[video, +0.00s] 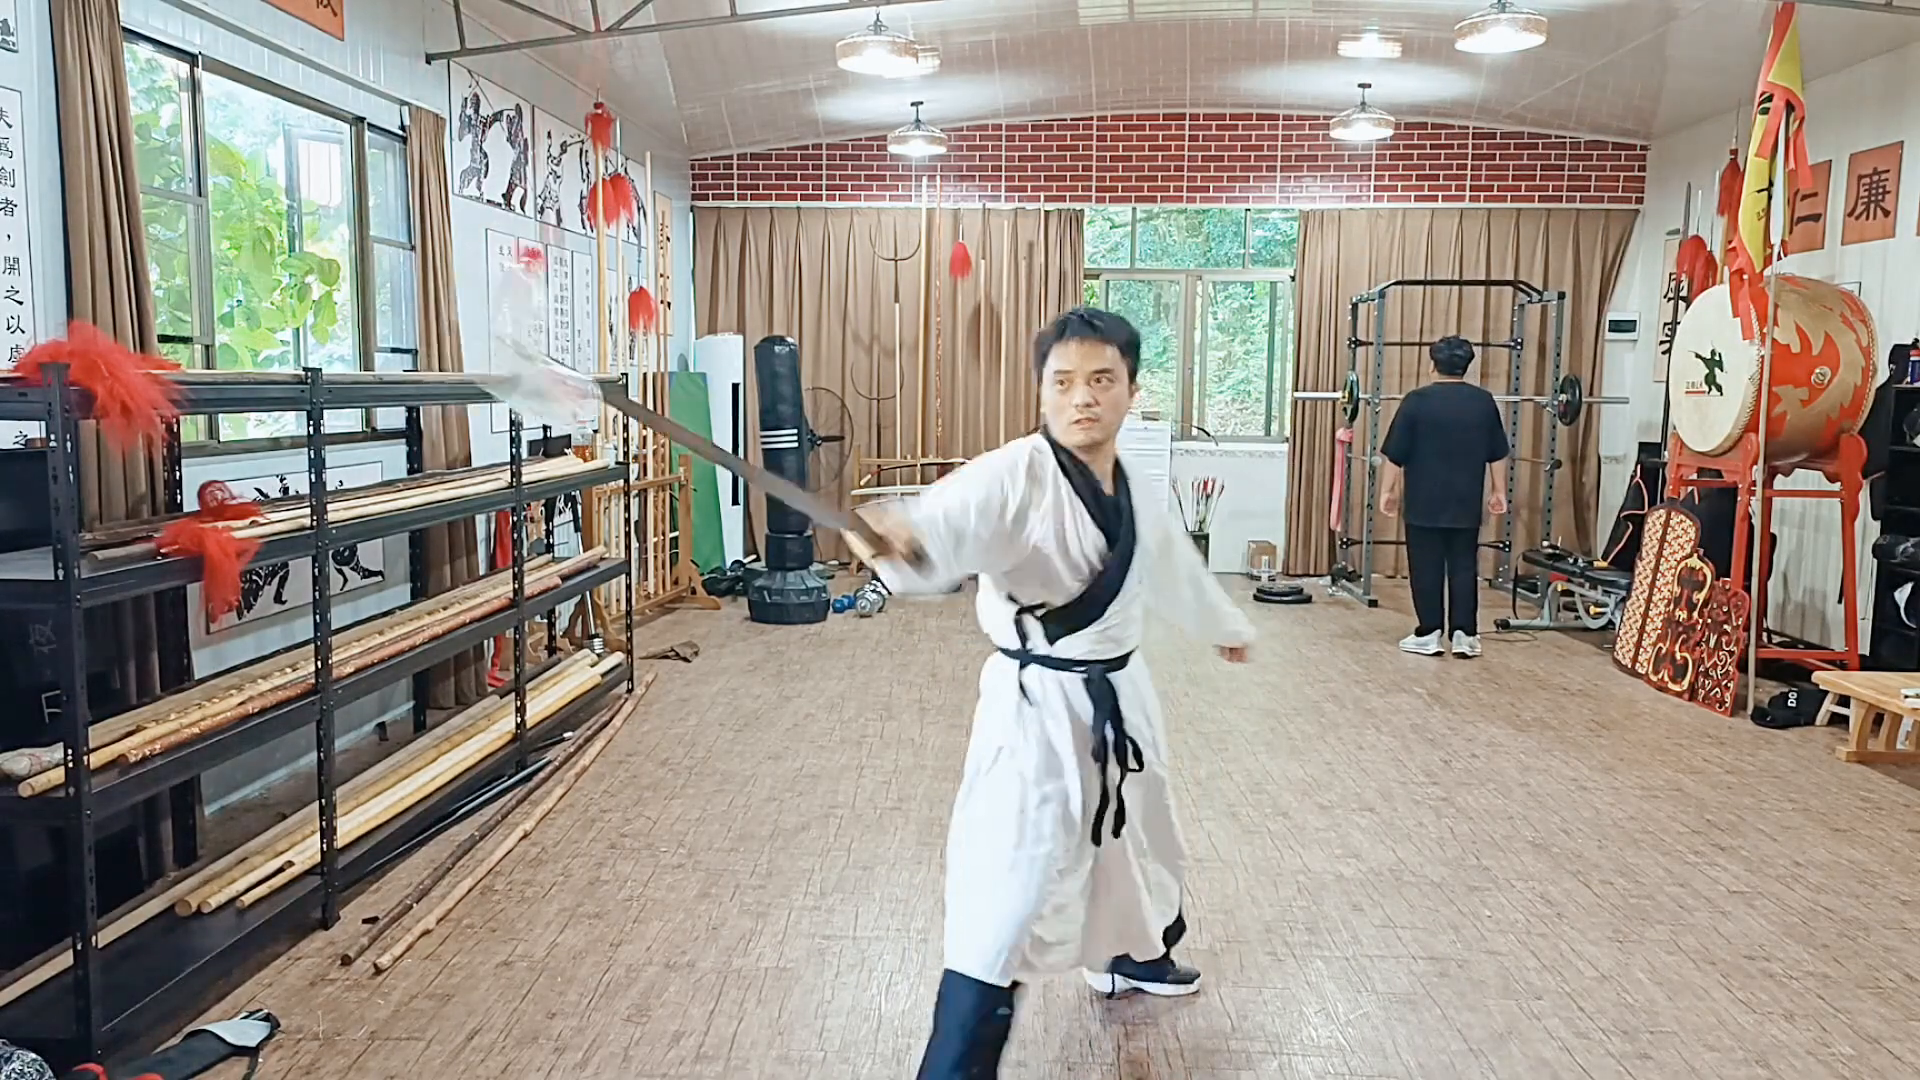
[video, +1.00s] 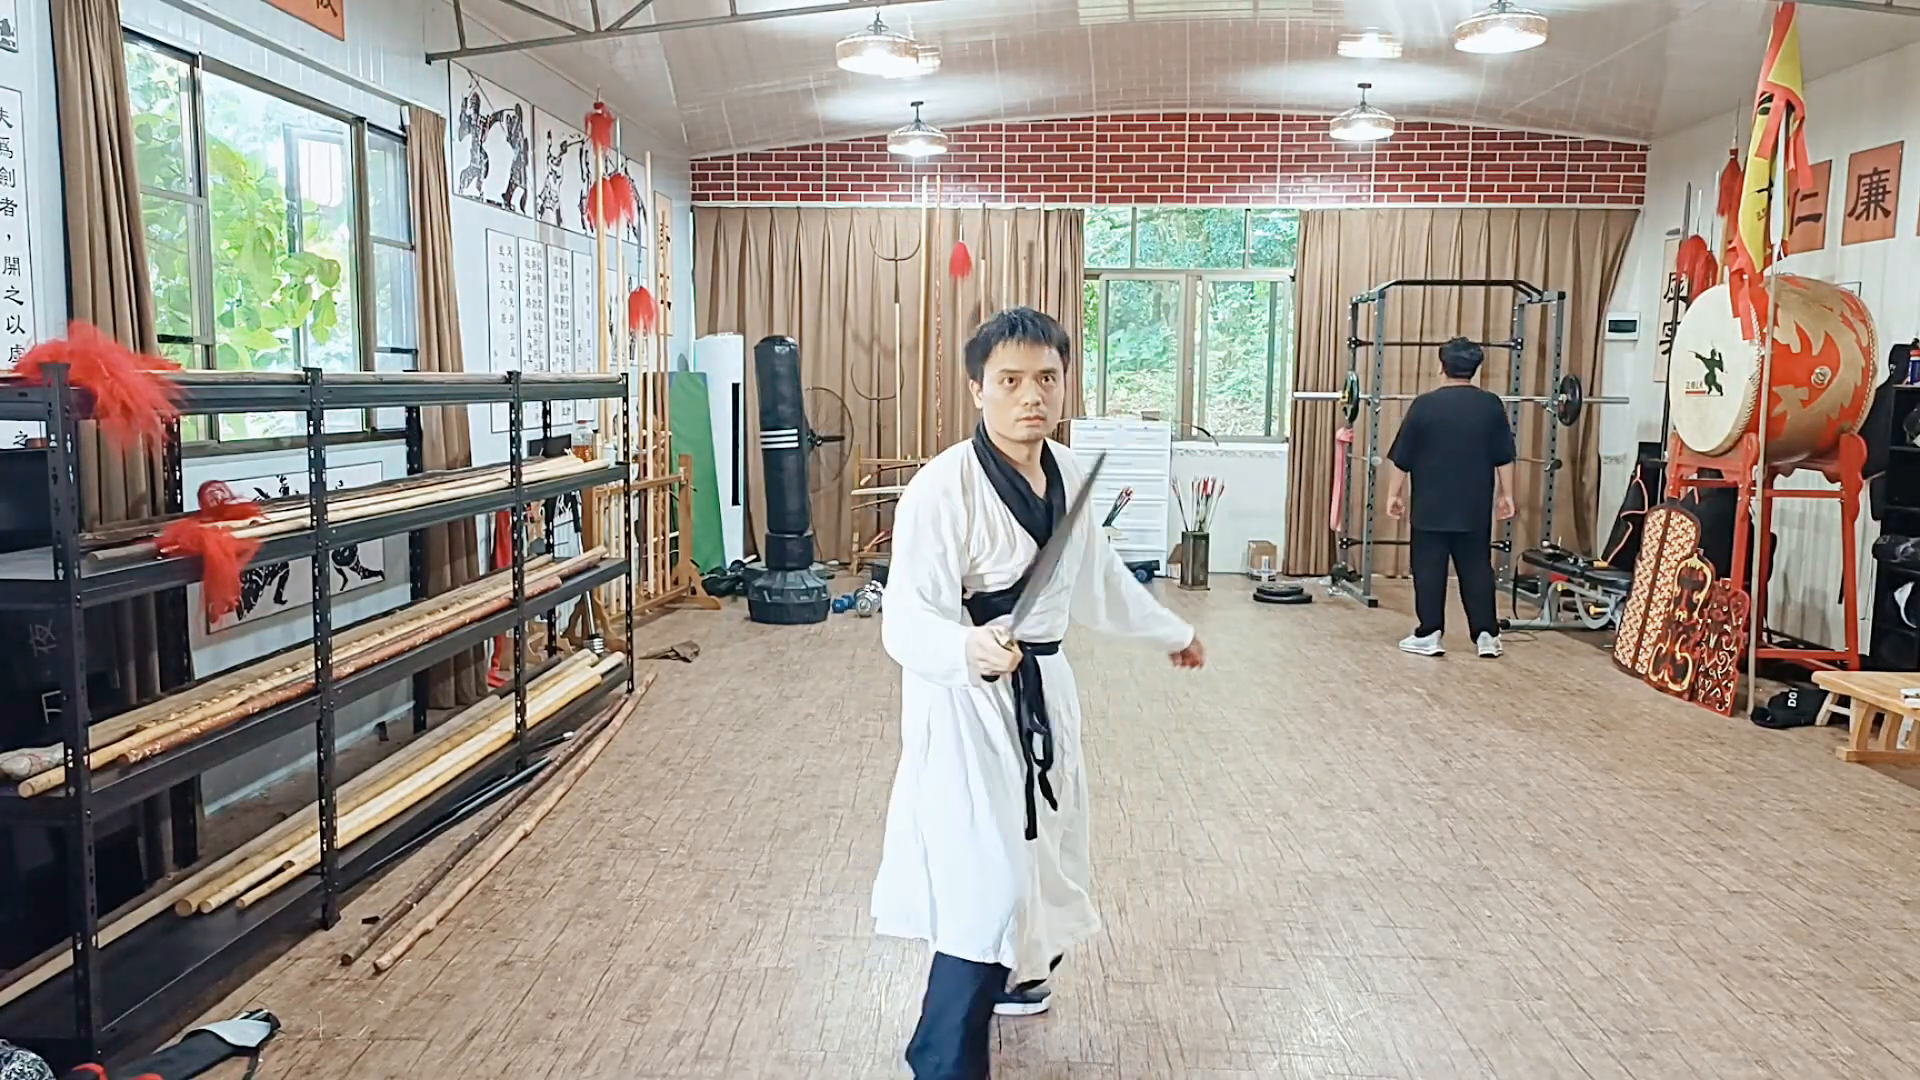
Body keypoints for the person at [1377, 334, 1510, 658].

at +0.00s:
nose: (1429, 365)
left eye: (1432, 361)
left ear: (1434, 365)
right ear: (1466, 367)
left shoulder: (1417, 400)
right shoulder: (1482, 400)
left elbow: (1395, 453)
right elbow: (1497, 452)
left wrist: (1387, 489)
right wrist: (1499, 490)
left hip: (1423, 504)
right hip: (1466, 505)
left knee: (1425, 568)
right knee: (1464, 567)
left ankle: (1428, 634)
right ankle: (1464, 635)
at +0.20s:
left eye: (1430, 360)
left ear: (1431, 365)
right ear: (1464, 366)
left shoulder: (1414, 401)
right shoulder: (1480, 401)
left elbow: (1390, 454)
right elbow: (1495, 453)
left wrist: (1384, 490)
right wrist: (1496, 491)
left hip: (1421, 505)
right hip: (1463, 506)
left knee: (1423, 570)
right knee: (1461, 568)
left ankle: (1428, 635)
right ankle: (1464, 636)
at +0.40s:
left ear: (1428, 366)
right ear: (1461, 367)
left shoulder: (1409, 402)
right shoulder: (1477, 404)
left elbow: (1387, 455)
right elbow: (1491, 457)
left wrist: (1383, 490)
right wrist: (1489, 494)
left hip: (1418, 506)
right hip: (1461, 506)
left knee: (1422, 570)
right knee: (1460, 569)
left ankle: (1427, 635)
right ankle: (1464, 636)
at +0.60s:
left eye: (1424, 362)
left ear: (1424, 367)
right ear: (1458, 368)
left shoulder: (1407, 404)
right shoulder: (1474, 404)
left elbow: (1386, 457)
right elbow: (1490, 457)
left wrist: (1382, 492)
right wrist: (1489, 493)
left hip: (1418, 507)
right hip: (1462, 507)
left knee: (1422, 570)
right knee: (1464, 564)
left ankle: (1428, 634)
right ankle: (1470, 624)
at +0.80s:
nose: (1426, 366)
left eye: (1428, 363)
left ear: (1430, 367)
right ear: (1463, 369)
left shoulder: (1412, 404)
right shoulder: (1478, 404)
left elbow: (1391, 455)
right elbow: (1494, 454)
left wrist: (1386, 491)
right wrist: (1497, 492)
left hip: (1421, 507)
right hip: (1465, 507)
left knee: (1423, 571)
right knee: (1473, 567)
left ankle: (1428, 635)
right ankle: (1485, 633)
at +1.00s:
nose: (1438, 368)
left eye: (1440, 364)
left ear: (1442, 368)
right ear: (1475, 369)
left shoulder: (1425, 404)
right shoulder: (1490, 405)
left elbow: (1402, 456)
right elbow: (1503, 456)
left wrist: (1394, 493)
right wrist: (1507, 494)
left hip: (1430, 508)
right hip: (1474, 508)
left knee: (1429, 571)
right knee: (1476, 570)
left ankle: (1429, 634)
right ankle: (1486, 635)